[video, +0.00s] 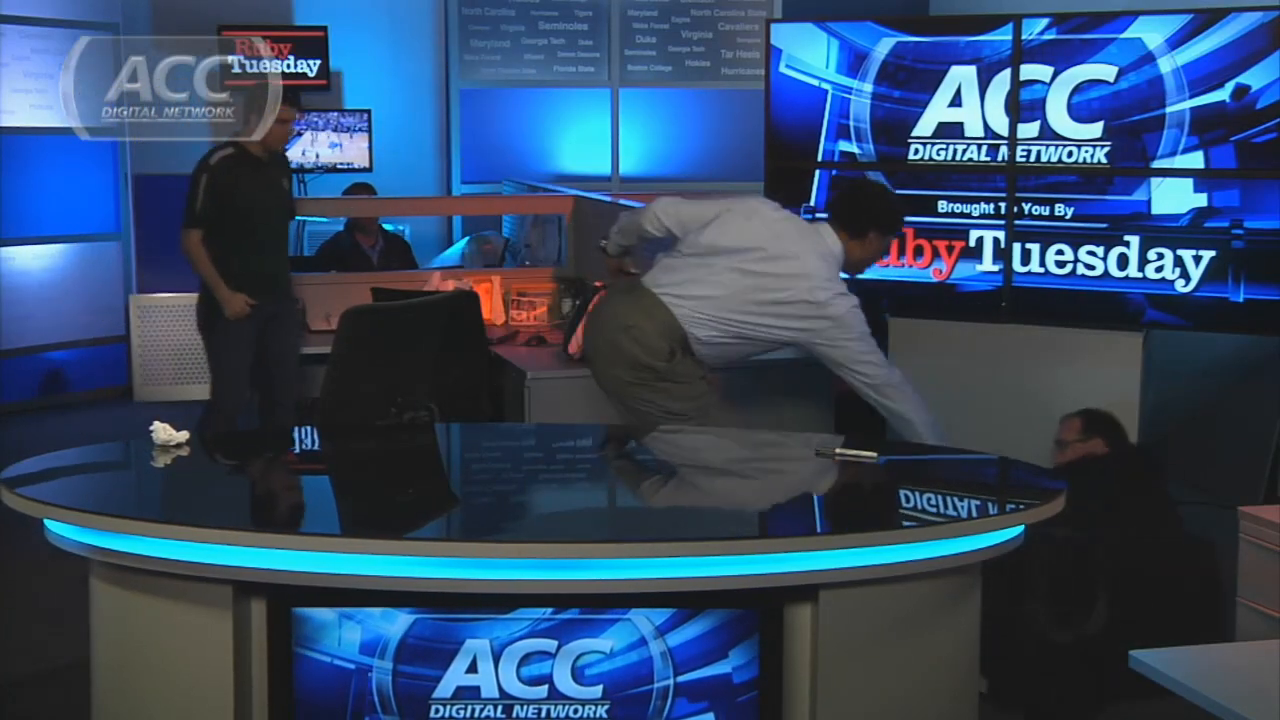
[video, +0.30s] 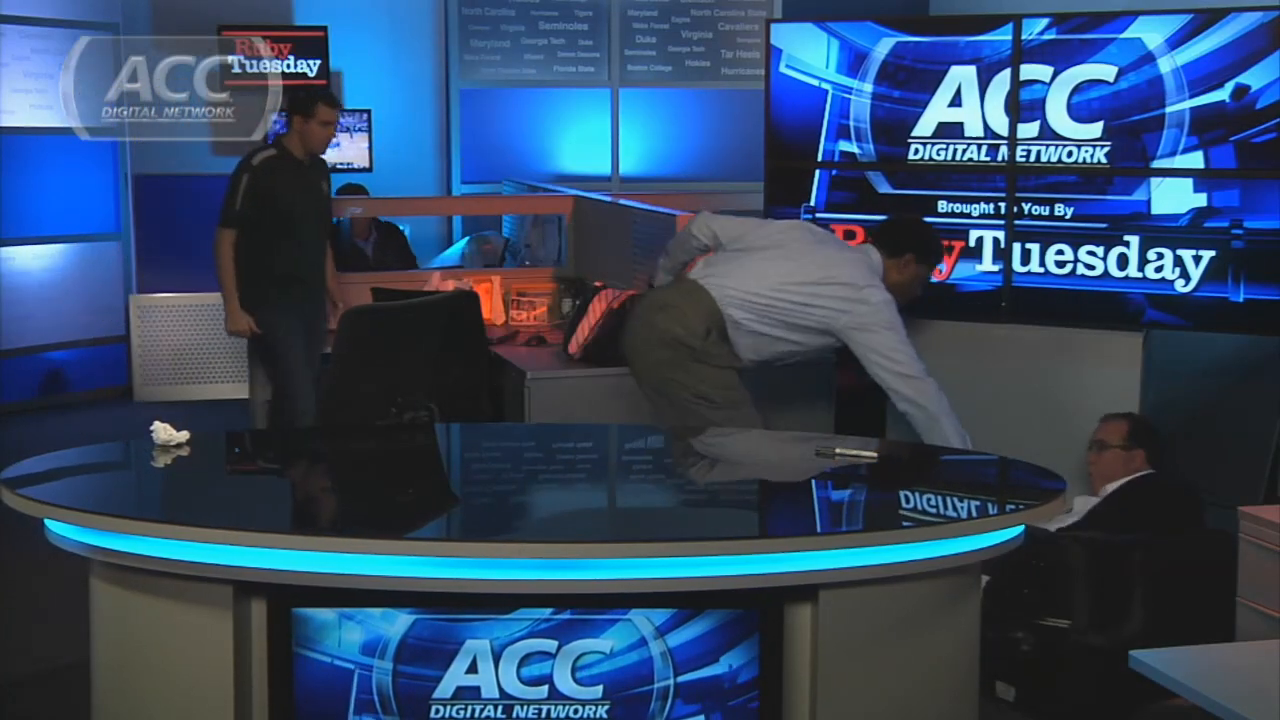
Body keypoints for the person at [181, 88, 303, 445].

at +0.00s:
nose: (290, 131)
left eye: (293, 123)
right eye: (283, 122)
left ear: (289, 125)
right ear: (259, 120)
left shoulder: (279, 165)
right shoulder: (217, 165)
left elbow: (276, 236)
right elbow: (191, 239)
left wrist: (285, 293)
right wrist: (225, 296)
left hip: (276, 304)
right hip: (231, 306)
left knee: (280, 396)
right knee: (230, 398)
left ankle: (276, 474)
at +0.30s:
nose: (333, 135)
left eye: (335, 127)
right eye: (327, 126)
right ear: (299, 123)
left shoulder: (319, 169)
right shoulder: (256, 166)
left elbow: (321, 239)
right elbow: (225, 238)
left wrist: (332, 291)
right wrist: (233, 308)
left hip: (309, 299)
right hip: (268, 300)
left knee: (303, 394)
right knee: (295, 394)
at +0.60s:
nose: (376, 142)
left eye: (378, 134)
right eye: (369, 133)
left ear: (345, 133)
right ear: (341, 132)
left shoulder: (359, 177)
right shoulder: (299, 178)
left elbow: (362, 251)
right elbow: (269, 251)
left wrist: (380, 309)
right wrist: (271, 326)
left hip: (353, 316)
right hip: (309, 318)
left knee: (354, 413)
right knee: (316, 415)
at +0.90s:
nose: (420, 138)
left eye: (421, 129)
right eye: (413, 128)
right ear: (385, 126)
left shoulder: (399, 169)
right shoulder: (343, 172)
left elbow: (399, 250)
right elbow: (317, 253)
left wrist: (424, 310)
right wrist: (344, 319)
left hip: (396, 317)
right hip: (357, 323)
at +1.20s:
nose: (465, 142)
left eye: (468, 133)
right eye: (459, 132)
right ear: (429, 128)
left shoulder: (440, 174)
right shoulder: (389, 176)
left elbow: (438, 260)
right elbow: (368, 260)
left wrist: (462, 319)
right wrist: (402, 318)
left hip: (443, 321)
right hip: (404, 325)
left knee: (456, 419)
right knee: (404, 422)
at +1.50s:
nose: (526, 141)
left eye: (529, 133)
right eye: (520, 131)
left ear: (497, 128)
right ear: (492, 126)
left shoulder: (498, 176)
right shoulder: (449, 173)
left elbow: (494, 256)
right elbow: (422, 254)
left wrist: (513, 318)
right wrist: (439, 326)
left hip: (504, 324)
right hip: (464, 328)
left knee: (500, 434)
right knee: (460, 434)